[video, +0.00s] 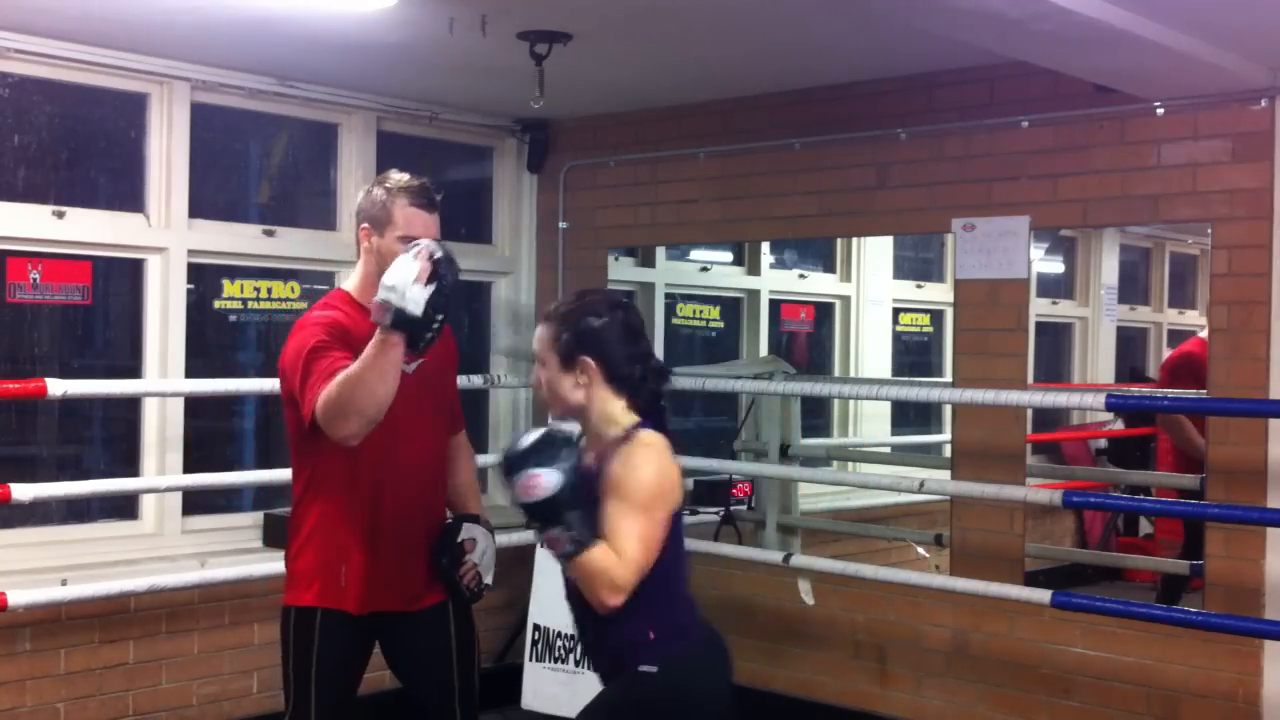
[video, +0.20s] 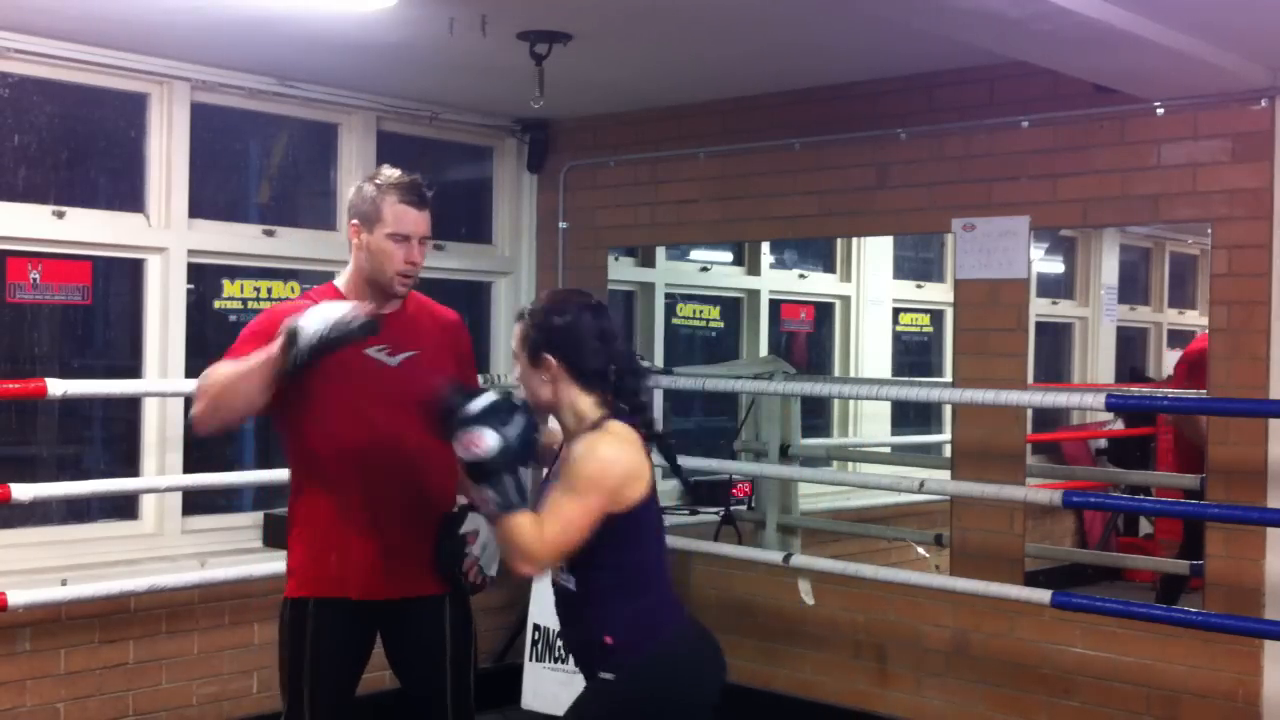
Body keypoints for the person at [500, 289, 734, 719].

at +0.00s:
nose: (536, 378)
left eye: (542, 365)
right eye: (537, 364)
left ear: (583, 374)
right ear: (583, 376)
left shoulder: (644, 457)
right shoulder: (591, 447)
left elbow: (610, 589)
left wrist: (555, 515)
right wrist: (547, 492)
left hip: (669, 678)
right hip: (637, 671)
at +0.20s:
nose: (517, 378)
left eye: (519, 363)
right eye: (515, 364)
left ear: (548, 368)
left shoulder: (607, 450)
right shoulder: (578, 439)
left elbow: (531, 554)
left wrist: (494, 488)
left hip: (646, 679)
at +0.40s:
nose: (561, 374)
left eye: (563, 360)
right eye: (559, 361)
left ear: (592, 359)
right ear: (638, 352)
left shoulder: (588, 431)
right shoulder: (696, 427)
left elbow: (534, 532)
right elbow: (706, 524)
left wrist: (515, 452)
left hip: (645, 658)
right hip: (723, 647)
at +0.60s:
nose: (596, 368)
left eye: (598, 355)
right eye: (594, 355)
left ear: (627, 356)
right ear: (675, 351)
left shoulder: (618, 419)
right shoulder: (724, 423)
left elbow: (569, 525)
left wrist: (553, 451)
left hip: (658, 644)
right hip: (742, 636)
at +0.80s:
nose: (604, 383)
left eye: (605, 369)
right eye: (600, 370)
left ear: (634, 365)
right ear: (682, 361)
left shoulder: (631, 432)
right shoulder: (728, 432)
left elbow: (585, 539)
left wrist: (565, 461)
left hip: (684, 668)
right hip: (760, 661)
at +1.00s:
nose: (614, 426)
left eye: (617, 414)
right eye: (613, 414)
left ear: (644, 415)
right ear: (690, 412)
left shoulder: (609, 490)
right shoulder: (745, 487)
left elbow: (571, 595)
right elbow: (807, 596)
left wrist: (569, 510)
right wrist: (744, 612)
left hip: (654, 697)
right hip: (749, 697)